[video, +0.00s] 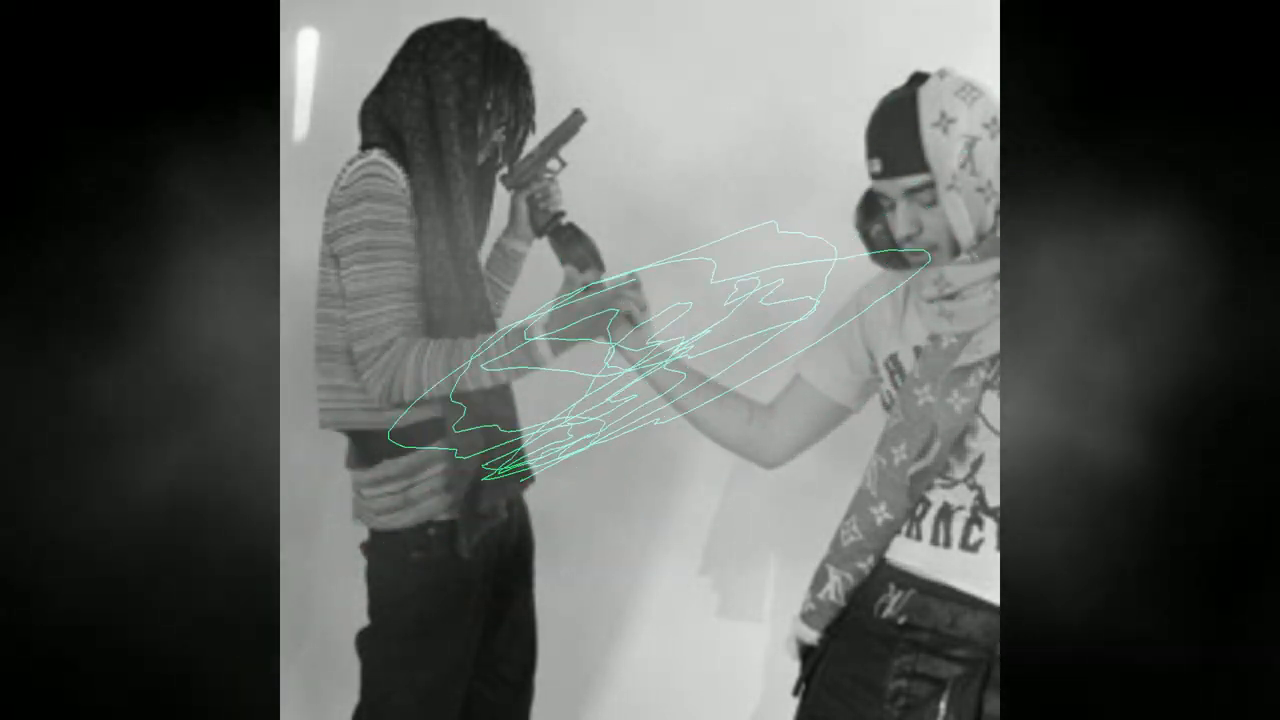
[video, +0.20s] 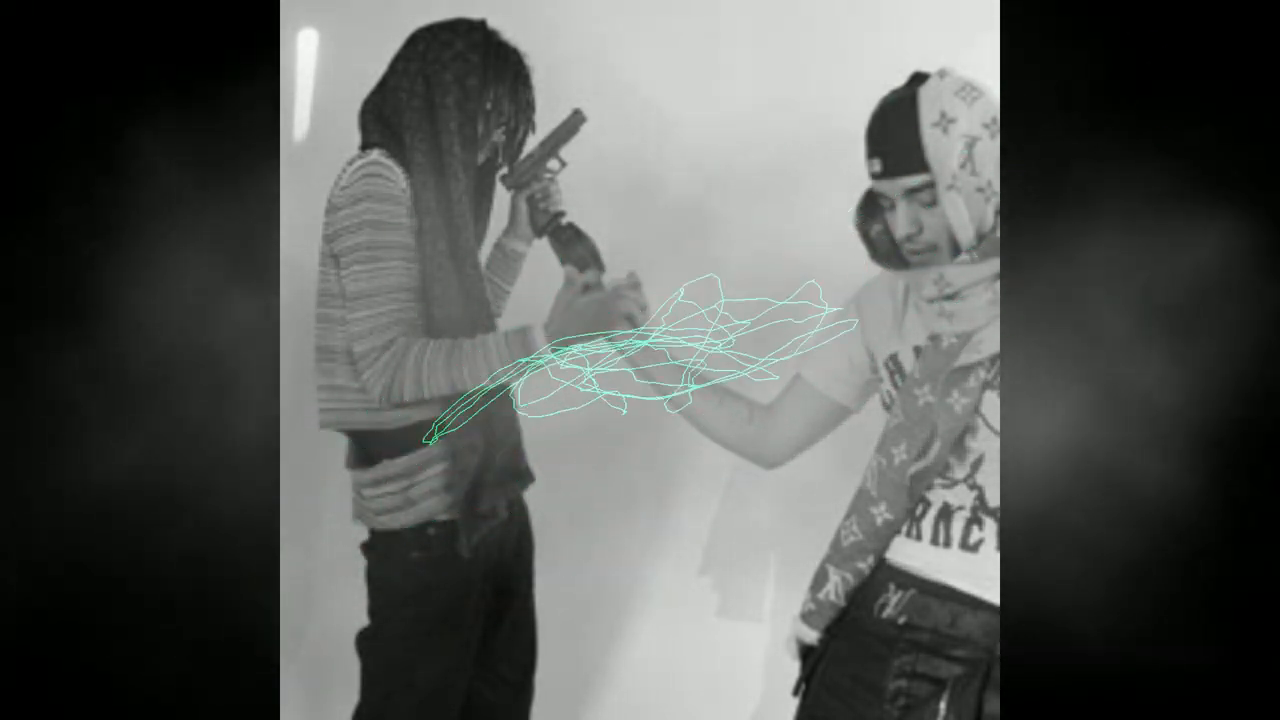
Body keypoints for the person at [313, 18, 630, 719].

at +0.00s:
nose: (499, 146)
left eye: (506, 127)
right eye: (494, 122)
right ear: (451, 109)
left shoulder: (428, 193)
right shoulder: (377, 182)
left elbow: (461, 332)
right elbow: (389, 368)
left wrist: (518, 235)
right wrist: (550, 335)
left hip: (484, 483)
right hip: (421, 495)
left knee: (498, 697)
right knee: (413, 701)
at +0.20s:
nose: (500, 146)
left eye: (507, 127)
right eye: (495, 122)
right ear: (452, 108)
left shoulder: (430, 193)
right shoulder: (377, 182)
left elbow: (462, 330)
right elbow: (387, 368)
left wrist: (518, 236)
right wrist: (549, 335)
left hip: (485, 496)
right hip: (419, 509)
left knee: (499, 698)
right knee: (412, 702)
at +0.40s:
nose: (497, 144)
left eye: (505, 126)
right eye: (493, 120)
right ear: (450, 107)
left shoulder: (427, 191)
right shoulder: (376, 182)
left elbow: (461, 330)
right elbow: (389, 369)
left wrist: (518, 236)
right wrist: (551, 343)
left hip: (484, 498)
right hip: (421, 513)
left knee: (499, 699)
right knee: (411, 703)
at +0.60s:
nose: (495, 142)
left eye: (503, 124)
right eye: (490, 118)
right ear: (446, 105)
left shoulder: (428, 189)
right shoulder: (377, 181)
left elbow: (464, 332)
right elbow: (386, 369)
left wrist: (518, 233)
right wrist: (545, 340)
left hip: (489, 509)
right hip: (425, 524)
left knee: (499, 700)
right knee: (412, 705)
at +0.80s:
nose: (496, 144)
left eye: (503, 125)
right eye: (490, 120)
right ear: (447, 107)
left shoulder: (422, 191)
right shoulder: (378, 181)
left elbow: (461, 338)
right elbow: (388, 371)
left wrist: (517, 235)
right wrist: (546, 337)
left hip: (482, 490)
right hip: (425, 498)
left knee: (496, 693)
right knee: (418, 697)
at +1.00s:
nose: (498, 145)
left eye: (504, 125)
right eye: (493, 121)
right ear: (452, 108)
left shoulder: (426, 191)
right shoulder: (377, 182)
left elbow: (465, 330)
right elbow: (389, 368)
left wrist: (518, 234)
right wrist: (551, 339)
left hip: (486, 494)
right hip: (423, 508)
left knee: (500, 699)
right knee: (415, 704)